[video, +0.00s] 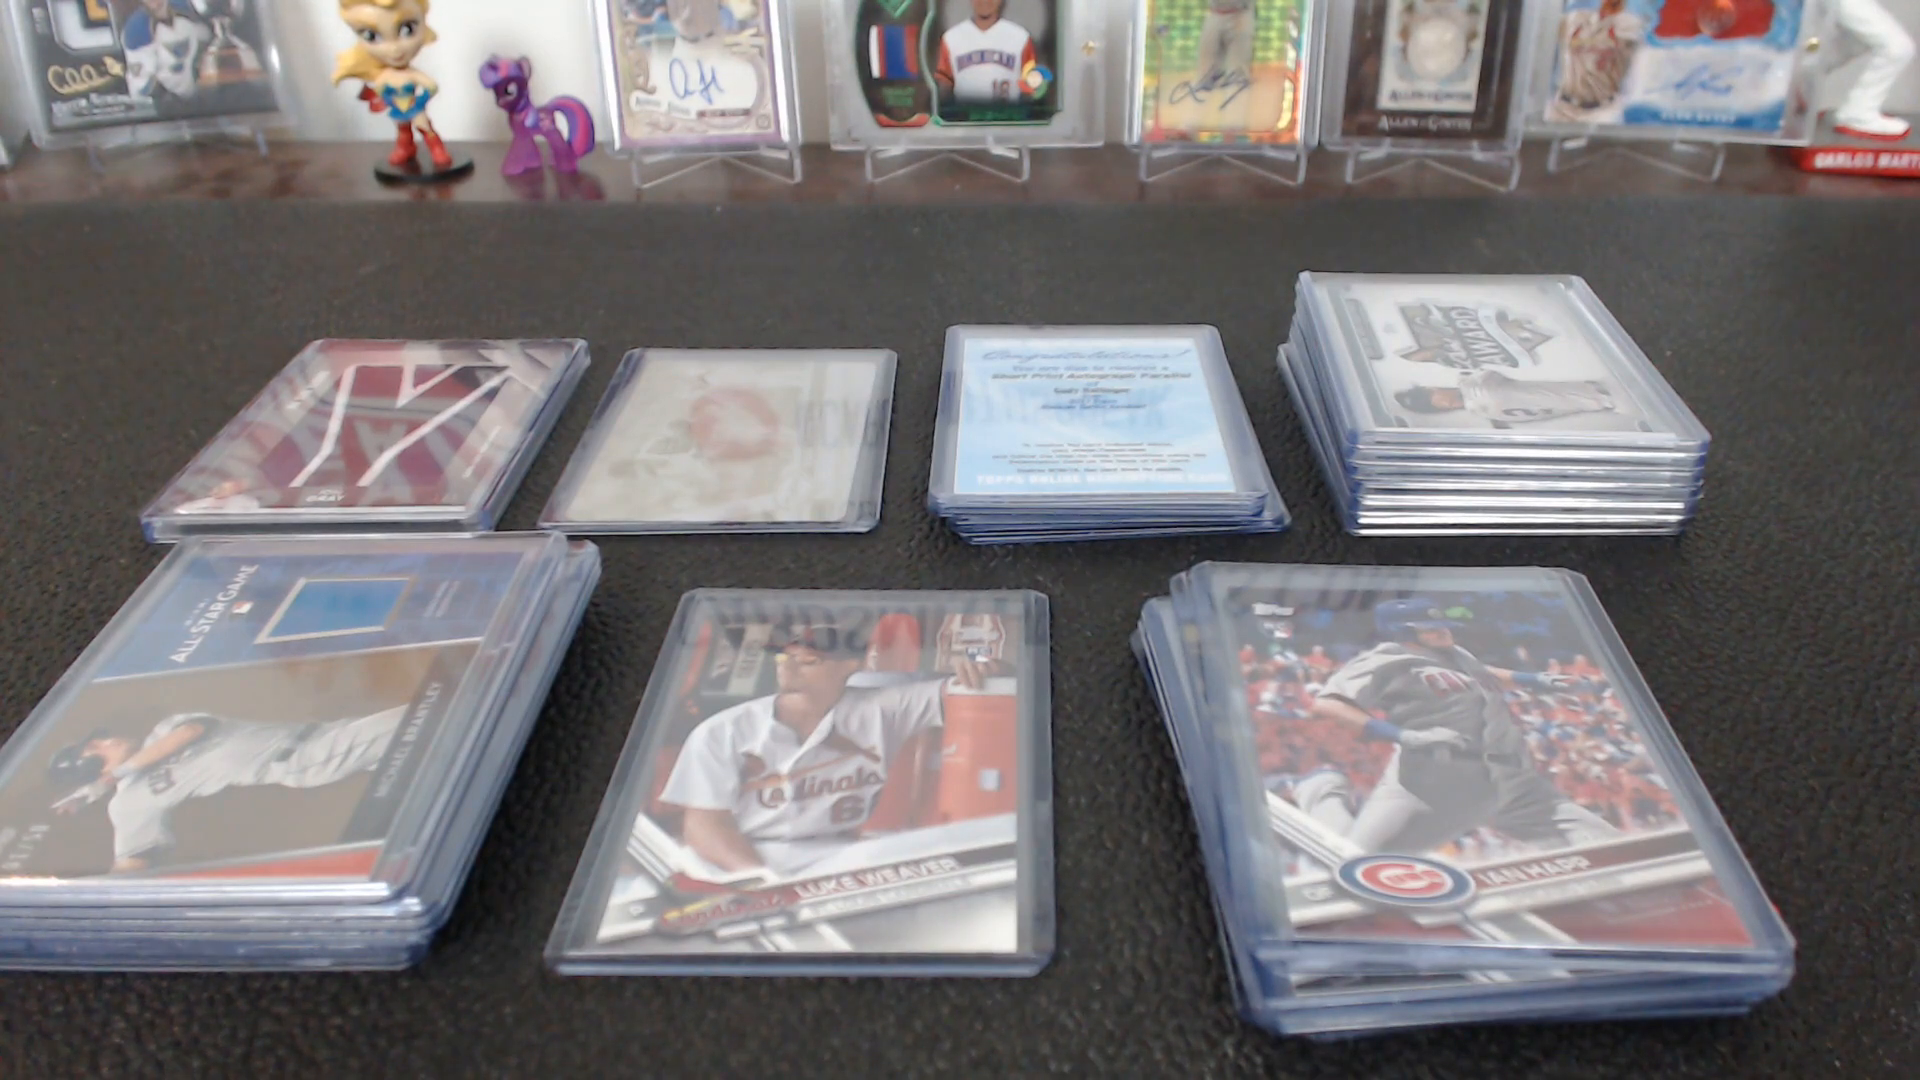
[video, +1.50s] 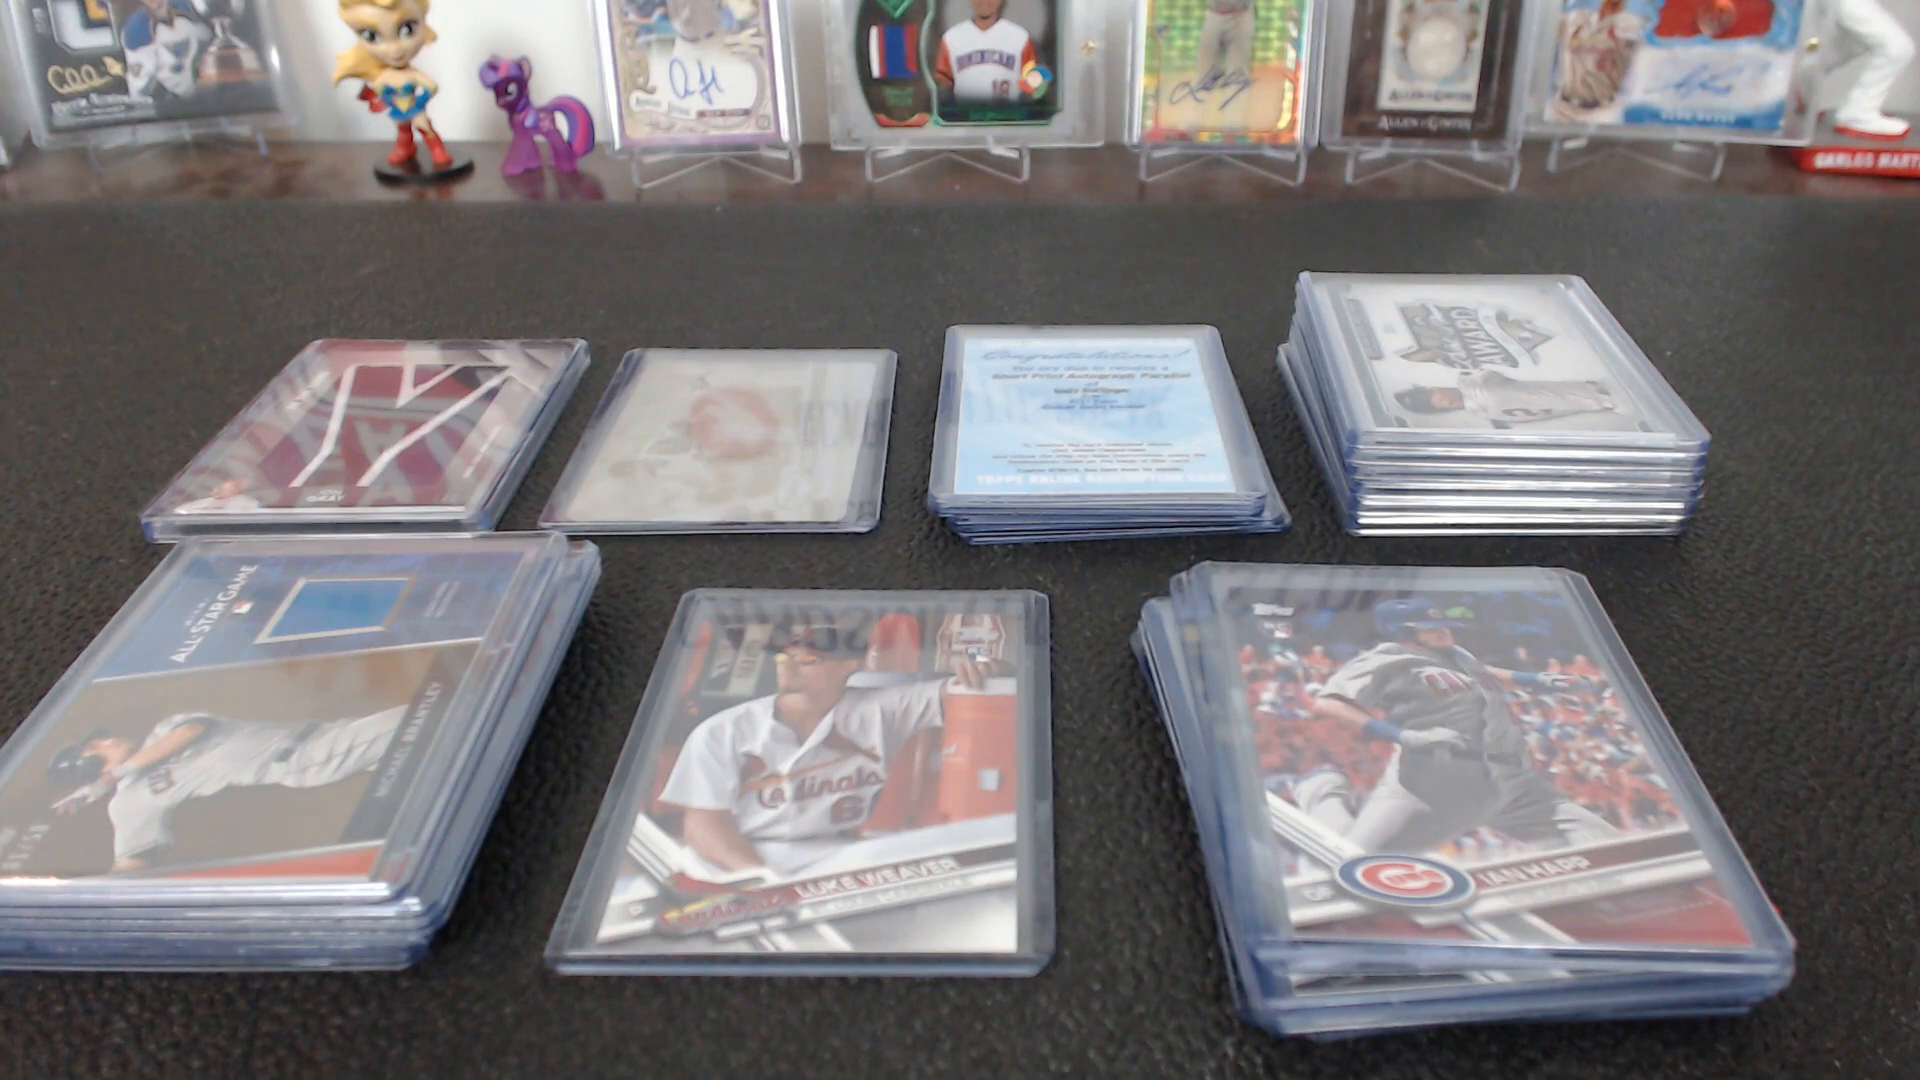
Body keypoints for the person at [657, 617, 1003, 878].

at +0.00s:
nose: (797, 656)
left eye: (818, 648)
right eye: (789, 644)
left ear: (853, 663)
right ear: (776, 655)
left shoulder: (876, 713)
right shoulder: (720, 735)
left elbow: (959, 690)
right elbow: (703, 829)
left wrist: (972, 670)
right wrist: (766, 883)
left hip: (827, 866)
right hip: (729, 870)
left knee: (892, 851)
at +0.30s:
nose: (799, 656)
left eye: (820, 646)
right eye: (789, 644)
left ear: (853, 661)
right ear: (776, 656)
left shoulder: (877, 713)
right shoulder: (719, 735)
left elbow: (959, 690)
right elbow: (703, 829)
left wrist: (973, 673)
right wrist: (768, 884)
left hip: (829, 868)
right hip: (729, 872)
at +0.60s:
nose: (798, 655)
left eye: (820, 646)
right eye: (789, 643)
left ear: (854, 661)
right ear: (776, 655)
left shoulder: (877, 713)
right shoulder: (719, 735)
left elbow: (961, 690)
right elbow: (703, 830)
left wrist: (974, 672)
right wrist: (768, 884)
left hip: (829, 869)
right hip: (729, 874)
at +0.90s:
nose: (799, 655)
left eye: (821, 645)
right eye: (789, 643)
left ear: (854, 661)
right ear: (776, 655)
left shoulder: (877, 713)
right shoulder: (719, 735)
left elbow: (959, 690)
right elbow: (703, 829)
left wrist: (972, 673)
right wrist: (768, 883)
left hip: (830, 870)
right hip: (730, 873)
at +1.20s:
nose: (799, 655)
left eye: (820, 646)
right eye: (789, 644)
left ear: (854, 661)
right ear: (776, 656)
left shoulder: (877, 713)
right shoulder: (719, 735)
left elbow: (959, 690)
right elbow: (703, 830)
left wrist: (972, 673)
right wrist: (769, 884)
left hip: (830, 869)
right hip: (730, 873)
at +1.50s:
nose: (797, 657)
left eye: (818, 647)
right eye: (789, 644)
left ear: (853, 664)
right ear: (776, 655)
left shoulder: (875, 716)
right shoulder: (720, 735)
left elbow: (954, 691)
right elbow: (703, 828)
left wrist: (973, 674)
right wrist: (767, 883)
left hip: (827, 866)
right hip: (730, 870)